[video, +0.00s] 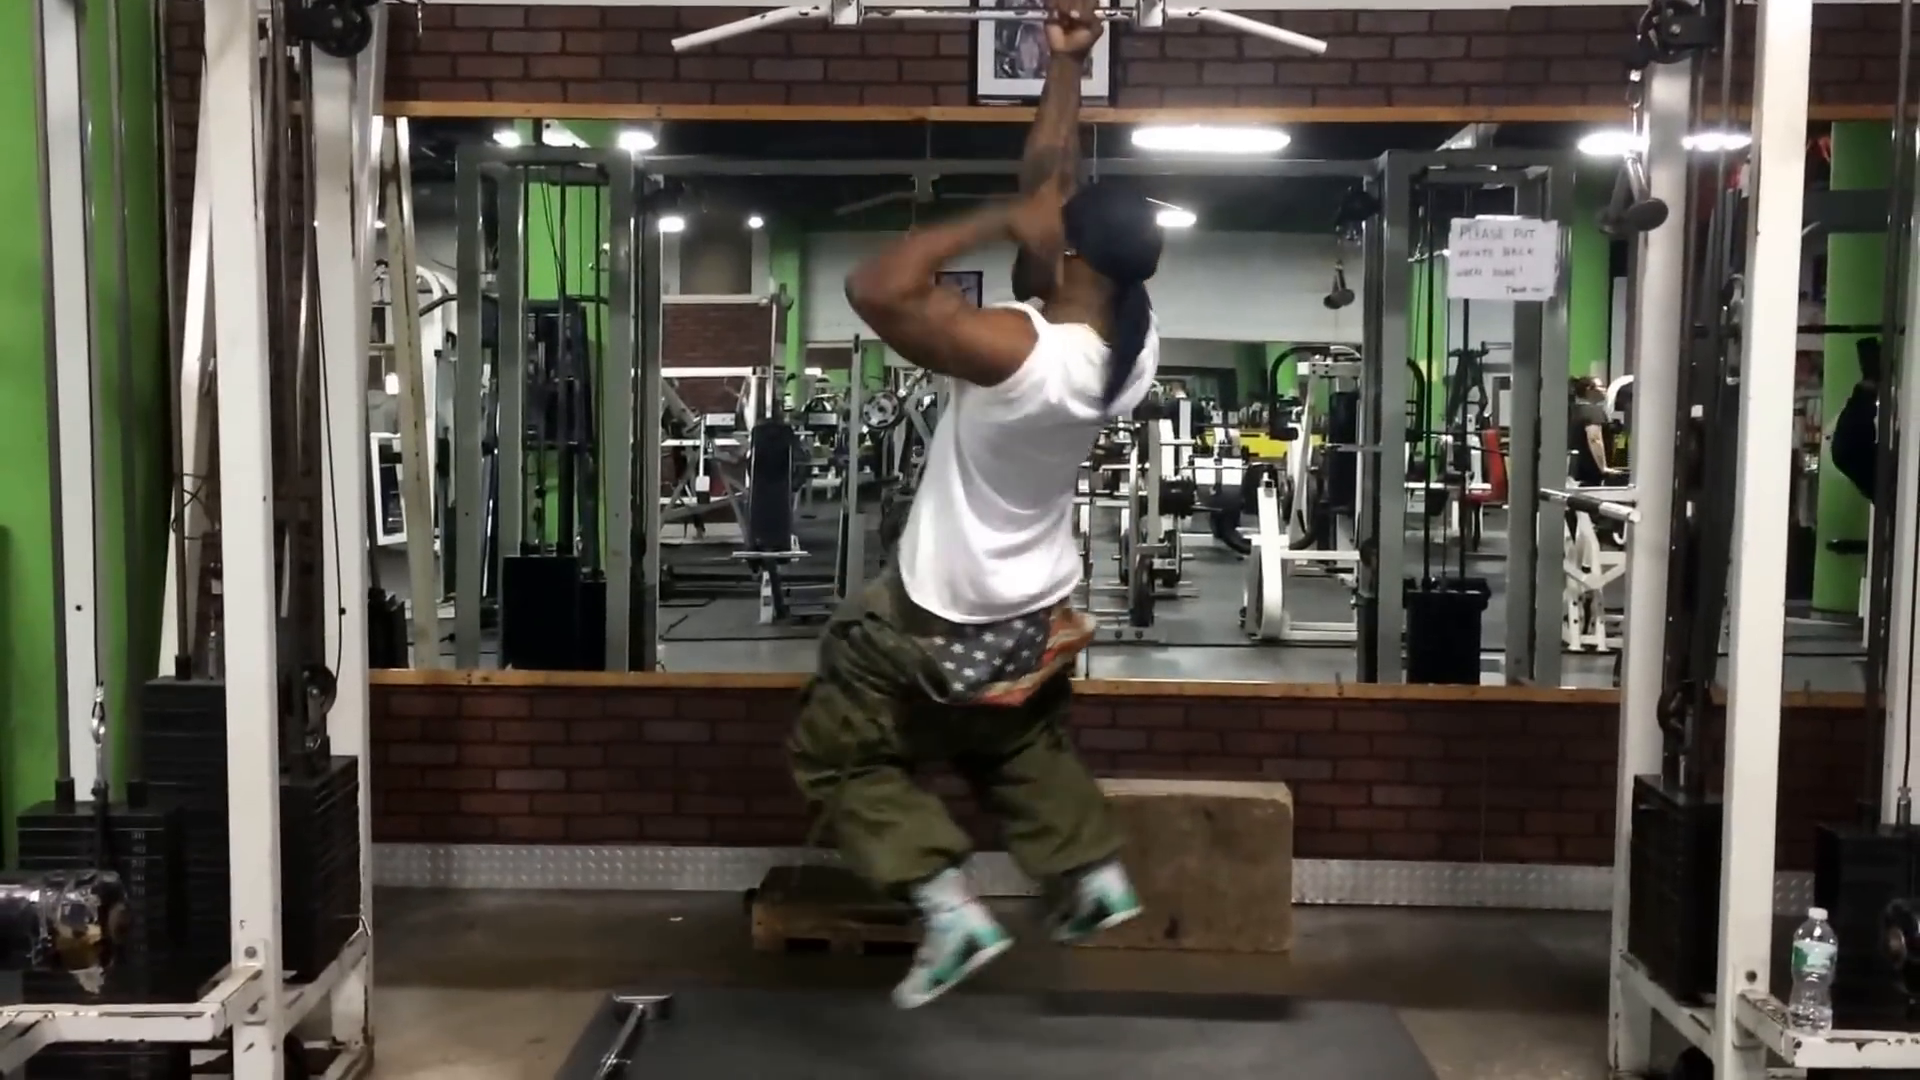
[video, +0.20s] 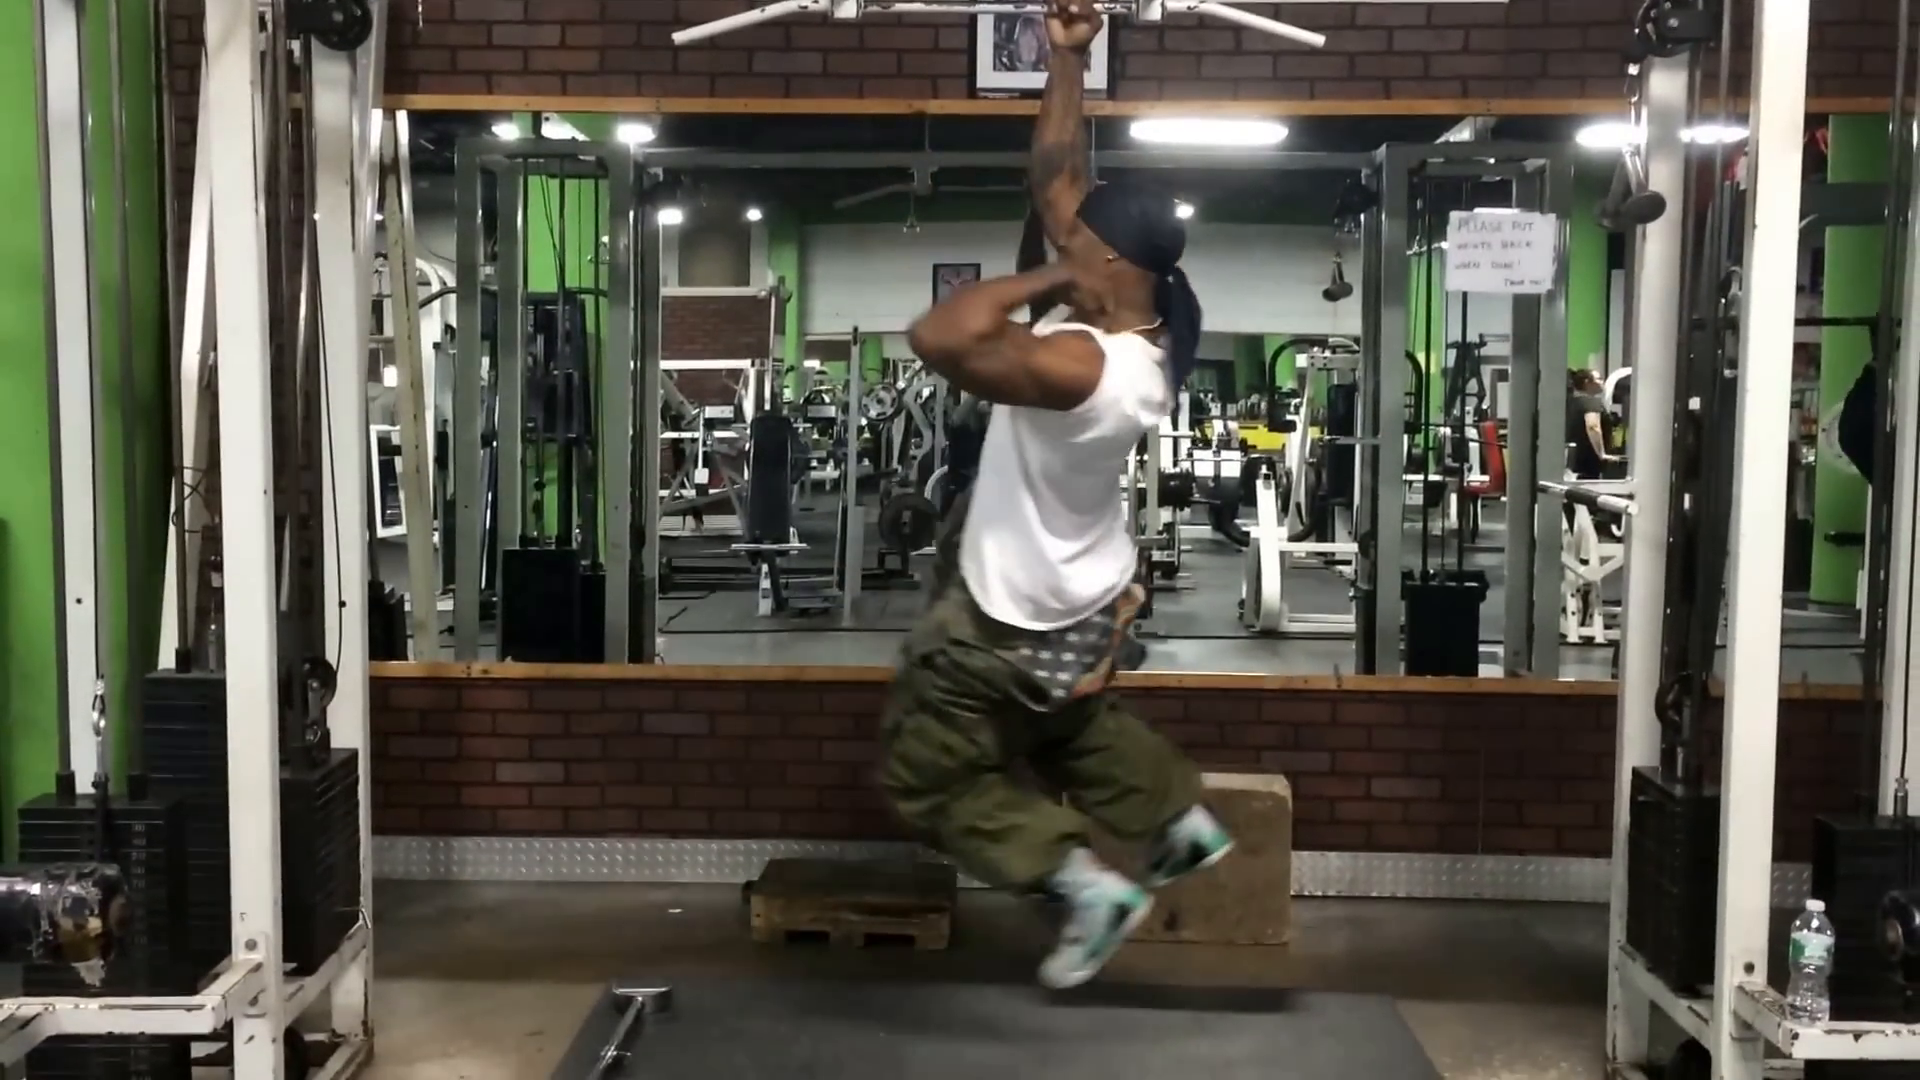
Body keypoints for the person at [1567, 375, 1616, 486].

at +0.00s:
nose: (1605, 390)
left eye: (1603, 386)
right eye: (1601, 386)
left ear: (1588, 389)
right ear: (1589, 389)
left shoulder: (1574, 409)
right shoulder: (1592, 410)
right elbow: (1594, 439)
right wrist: (1604, 467)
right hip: (1590, 473)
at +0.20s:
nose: (1602, 382)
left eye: (1601, 379)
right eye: (1598, 379)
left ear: (1585, 383)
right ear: (1587, 383)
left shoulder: (1572, 401)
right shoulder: (1592, 401)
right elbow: (1592, 426)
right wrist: (1602, 453)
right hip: (1589, 463)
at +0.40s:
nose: (1601, 377)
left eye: (1600, 374)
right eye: (1598, 374)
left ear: (1585, 377)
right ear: (1586, 377)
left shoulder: (1572, 394)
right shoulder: (1592, 394)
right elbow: (1593, 412)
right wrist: (1601, 438)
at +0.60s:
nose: (1601, 374)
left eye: (1600, 370)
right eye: (1598, 370)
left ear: (1585, 374)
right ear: (1587, 374)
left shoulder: (1572, 390)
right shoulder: (1594, 389)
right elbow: (1593, 401)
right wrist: (1602, 425)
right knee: (1620, 442)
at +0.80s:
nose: (1601, 372)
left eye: (1600, 368)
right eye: (1598, 368)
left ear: (1584, 372)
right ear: (1587, 372)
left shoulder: (1571, 387)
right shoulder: (1595, 387)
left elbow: (1561, 393)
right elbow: (1593, 399)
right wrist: (1600, 426)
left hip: (1574, 438)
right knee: (1619, 440)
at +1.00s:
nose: (1599, 370)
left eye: (1597, 366)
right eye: (1595, 366)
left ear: (1582, 370)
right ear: (1584, 370)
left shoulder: (1571, 387)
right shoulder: (1591, 386)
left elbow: (1561, 407)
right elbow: (1590, 410)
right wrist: (1596, 438)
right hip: (1585, 445)